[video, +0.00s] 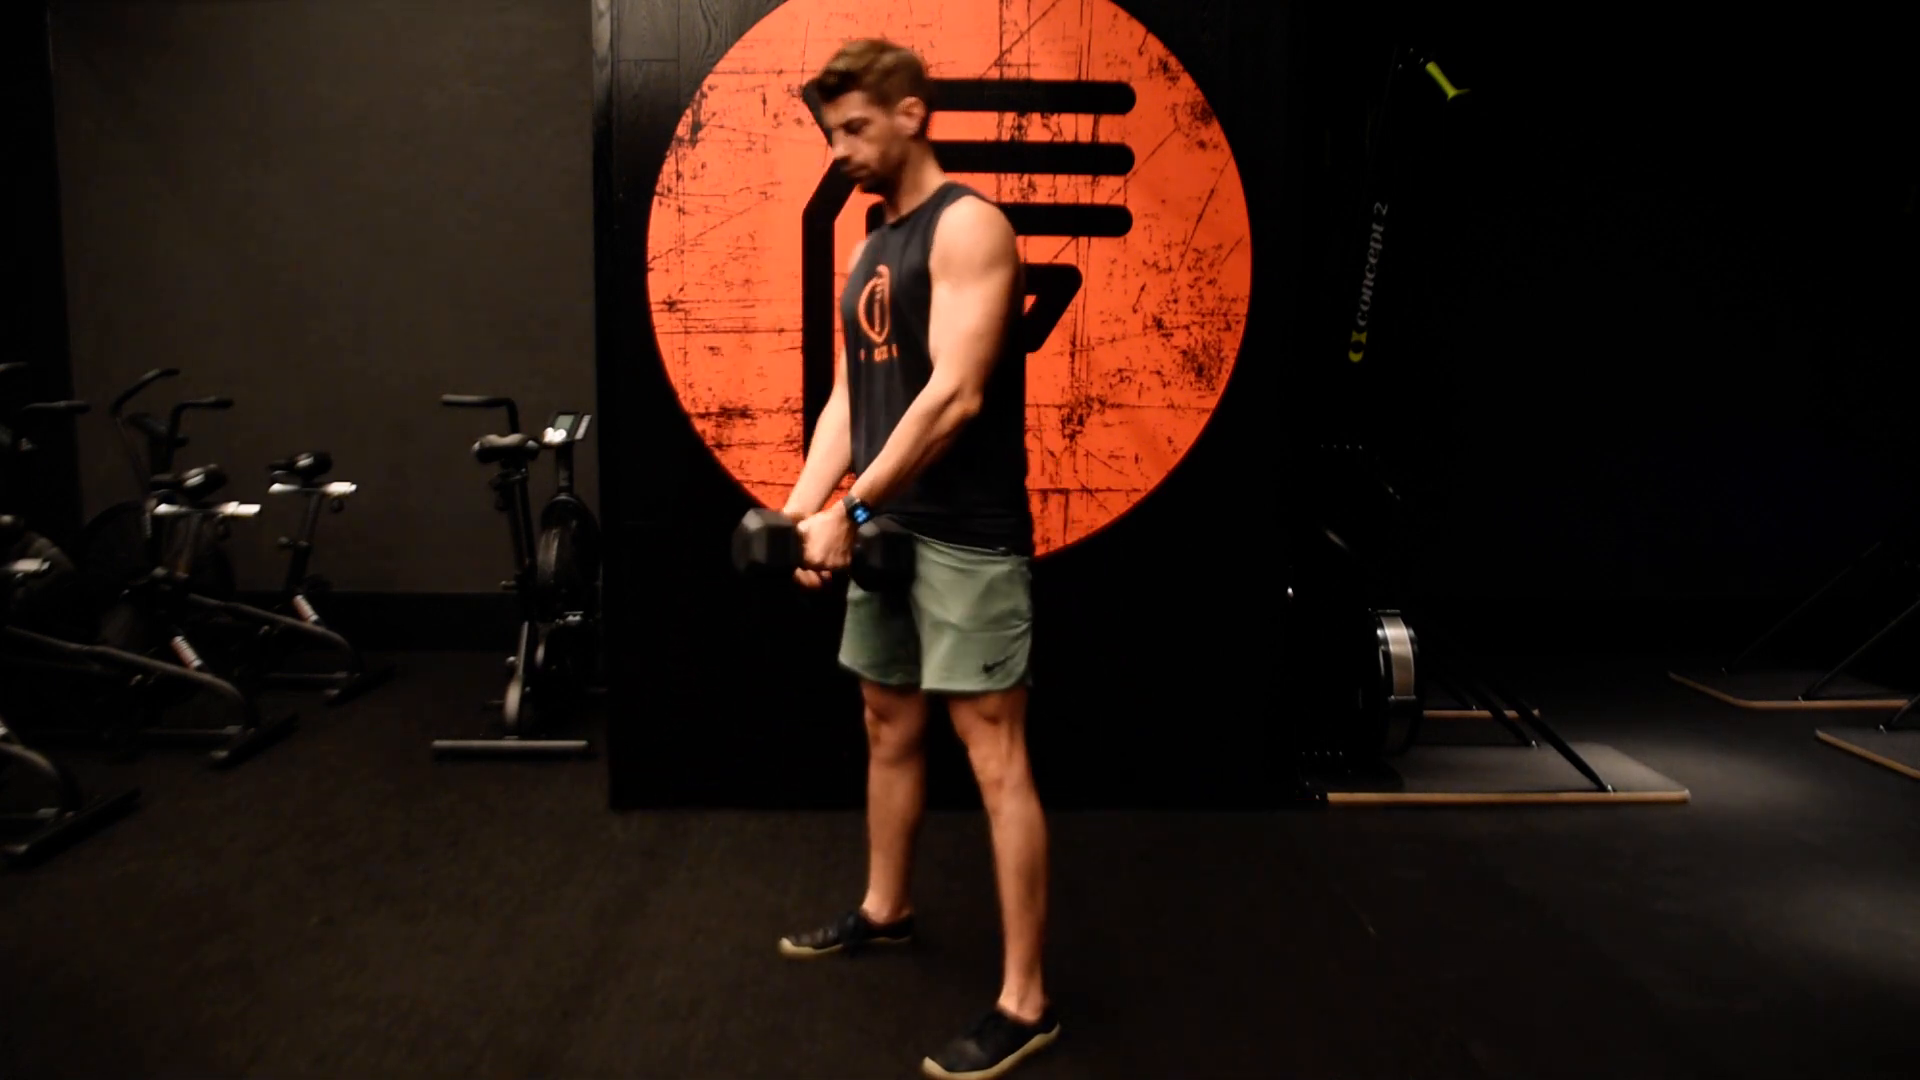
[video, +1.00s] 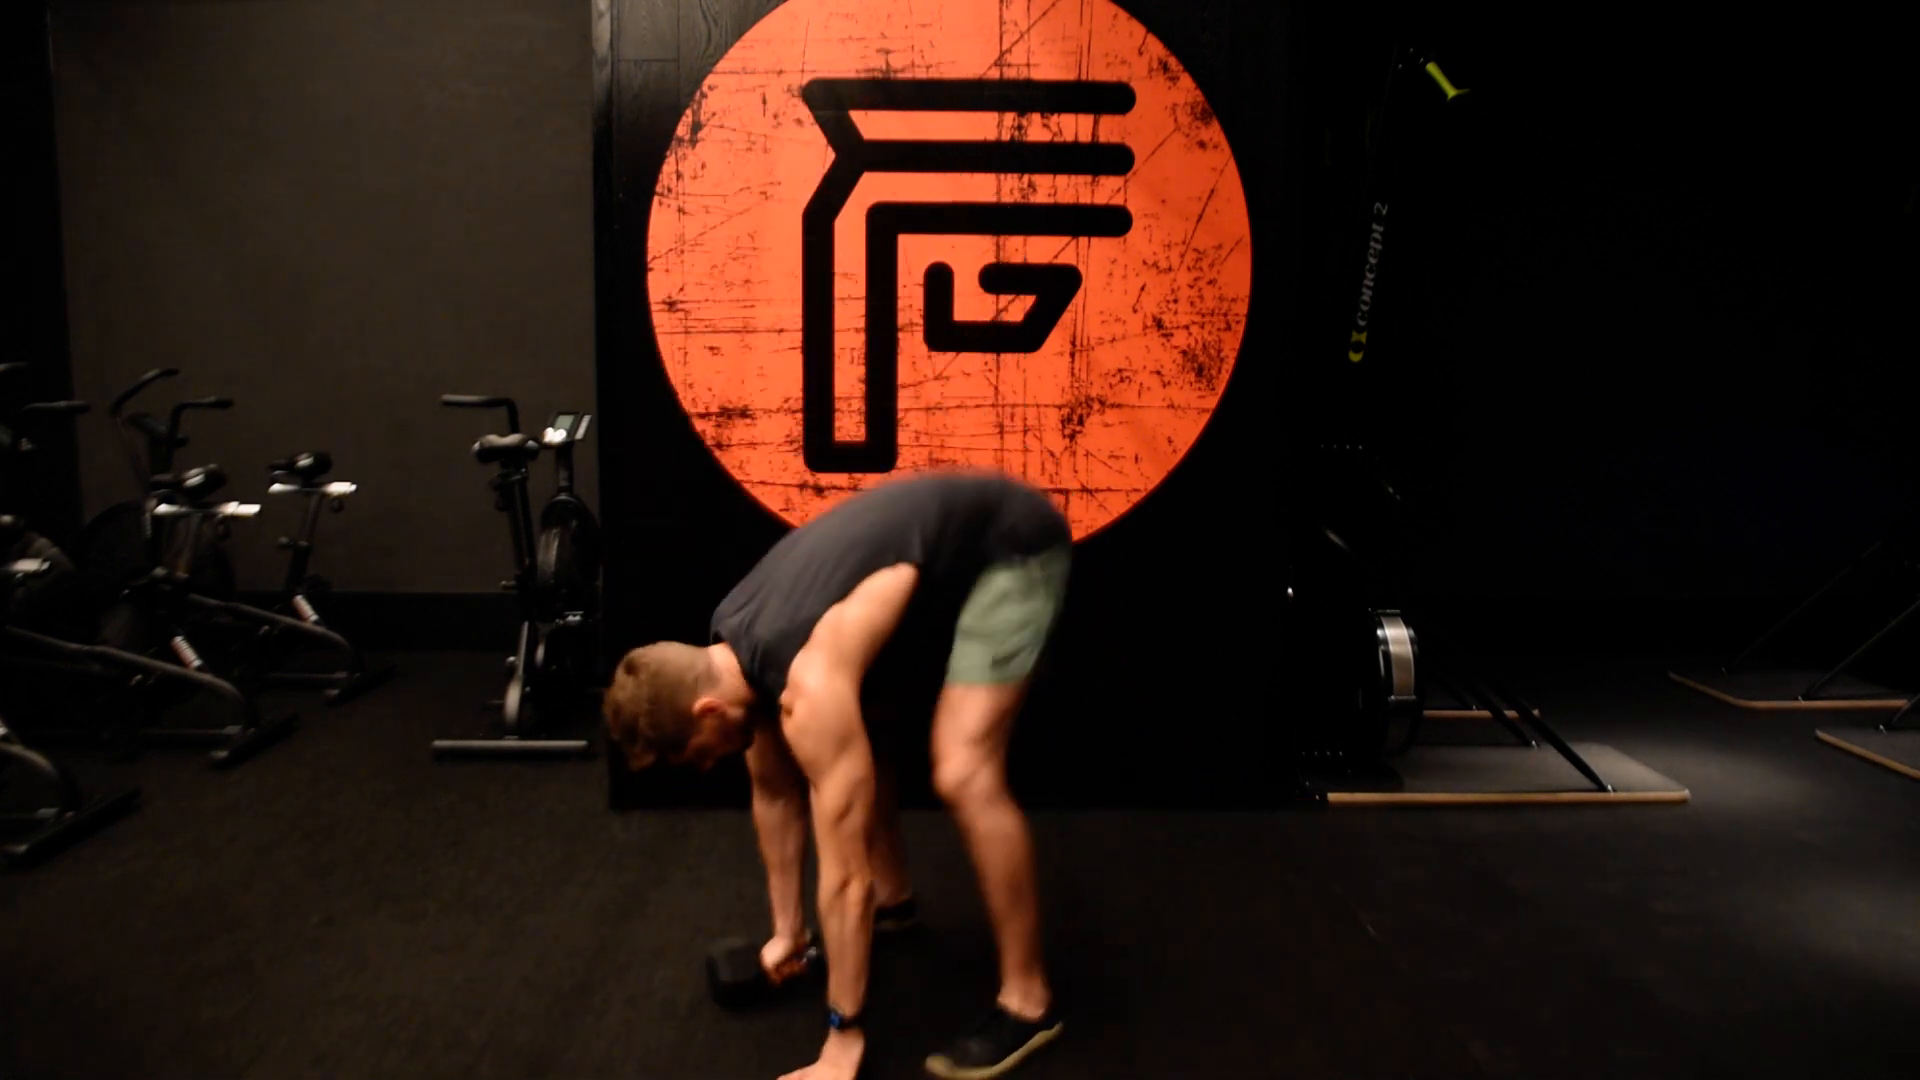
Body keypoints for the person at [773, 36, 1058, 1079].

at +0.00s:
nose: (841, 150)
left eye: (852, 129)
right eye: (833, 134)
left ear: (911, 114)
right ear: (852, 133)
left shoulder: (972, 225)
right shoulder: (872, 249)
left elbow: (957, 393)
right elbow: (850, 396)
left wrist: (849, 508)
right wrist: (799, 514)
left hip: (968, 539)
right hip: (887, 533)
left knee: (998, 760)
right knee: (889, 729)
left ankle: (1025, 999)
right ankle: (883, 912)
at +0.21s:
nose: (753, 208)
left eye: (760, 185)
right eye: (745, 192)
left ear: (818, 156)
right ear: (784, 175)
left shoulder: (919, 247)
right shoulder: (812, 290)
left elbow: (975, 410)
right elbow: (830, 439)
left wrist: (874, 527)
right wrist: (812, 549)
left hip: (999, 543)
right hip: (906, 544)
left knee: (997, 753)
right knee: (885, 724)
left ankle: (1025, 998)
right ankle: (884, 909)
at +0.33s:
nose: (699, 316)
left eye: (702, 292)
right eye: (687, 301)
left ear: (752, 256)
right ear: (724, 281)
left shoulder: (888, 325)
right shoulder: (784, 381)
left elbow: (966, 489)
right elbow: (810, 528)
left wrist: (899, 632)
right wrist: (802, 673)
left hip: (1030, 550)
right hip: (942, 549)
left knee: (994, 762)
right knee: (861, 705)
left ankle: (1024, 1002)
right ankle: (883, 908)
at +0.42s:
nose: (684, 416)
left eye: (685, 390)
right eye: (671, 401)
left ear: (726, 353)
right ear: (711, 369)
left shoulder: (873, 400)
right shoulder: (770, 452)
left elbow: (942, 571)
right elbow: (802, 603)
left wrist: (908, 732)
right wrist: (801, 749)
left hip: (1035, 557)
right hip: (944, 557)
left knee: (987, 766)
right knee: (851, 717)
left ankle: (1024, 1002)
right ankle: (883, 907)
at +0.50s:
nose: (680, 523)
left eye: (677, 502)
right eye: (667, 510)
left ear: (712, 450)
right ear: (710, 452)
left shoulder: (858, 479)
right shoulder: (766, 529)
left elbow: (911, 659)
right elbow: (795, 676)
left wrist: (896, 826)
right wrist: (799, 821)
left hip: (1036, 573)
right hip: (941, 583)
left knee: (977, 773)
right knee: (838, 720)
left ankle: (1023, 1007)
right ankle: (882, 912)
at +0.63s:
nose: (681, 641)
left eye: (676, 622)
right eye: (669, 630)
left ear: (702, 570)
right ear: (698, 570)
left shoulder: (837, 582)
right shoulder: (763, 615)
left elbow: (871, 772)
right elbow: (791, 755)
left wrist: (868, 927)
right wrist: (792, 895)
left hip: (1042, 591)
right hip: (946, 609)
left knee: (962, 780)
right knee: (829, 709)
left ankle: (1023, 1005)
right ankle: (879, 903)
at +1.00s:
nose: (715, 763)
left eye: (703, 753)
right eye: (699, 762)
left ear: (710, 711)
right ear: (705, 703)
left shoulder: (810, 683)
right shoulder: (735, 642)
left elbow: (850, 879)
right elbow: (774, 794)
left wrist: (844, 1036)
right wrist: (788, 935)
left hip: (1014, 539)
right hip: (925, 540)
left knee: (965, 770)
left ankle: (1027, 1000)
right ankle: (889, 895)